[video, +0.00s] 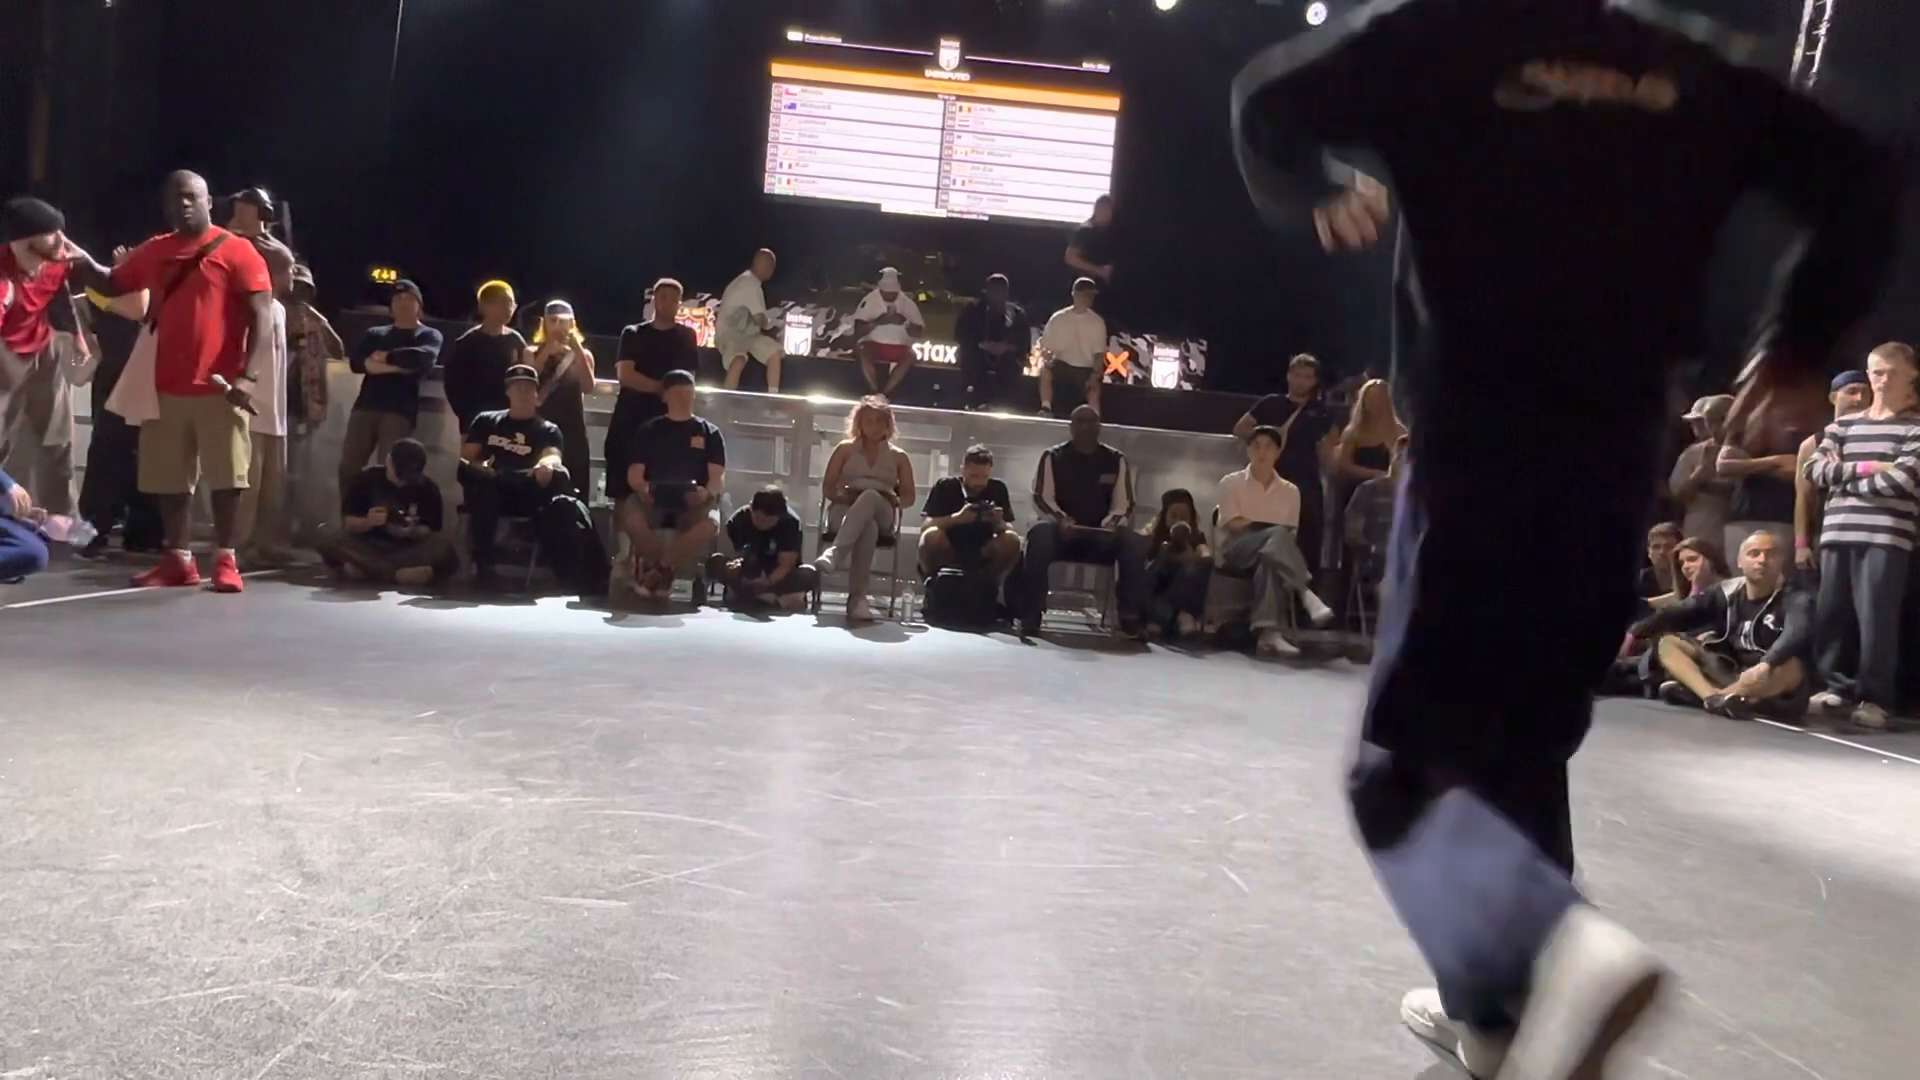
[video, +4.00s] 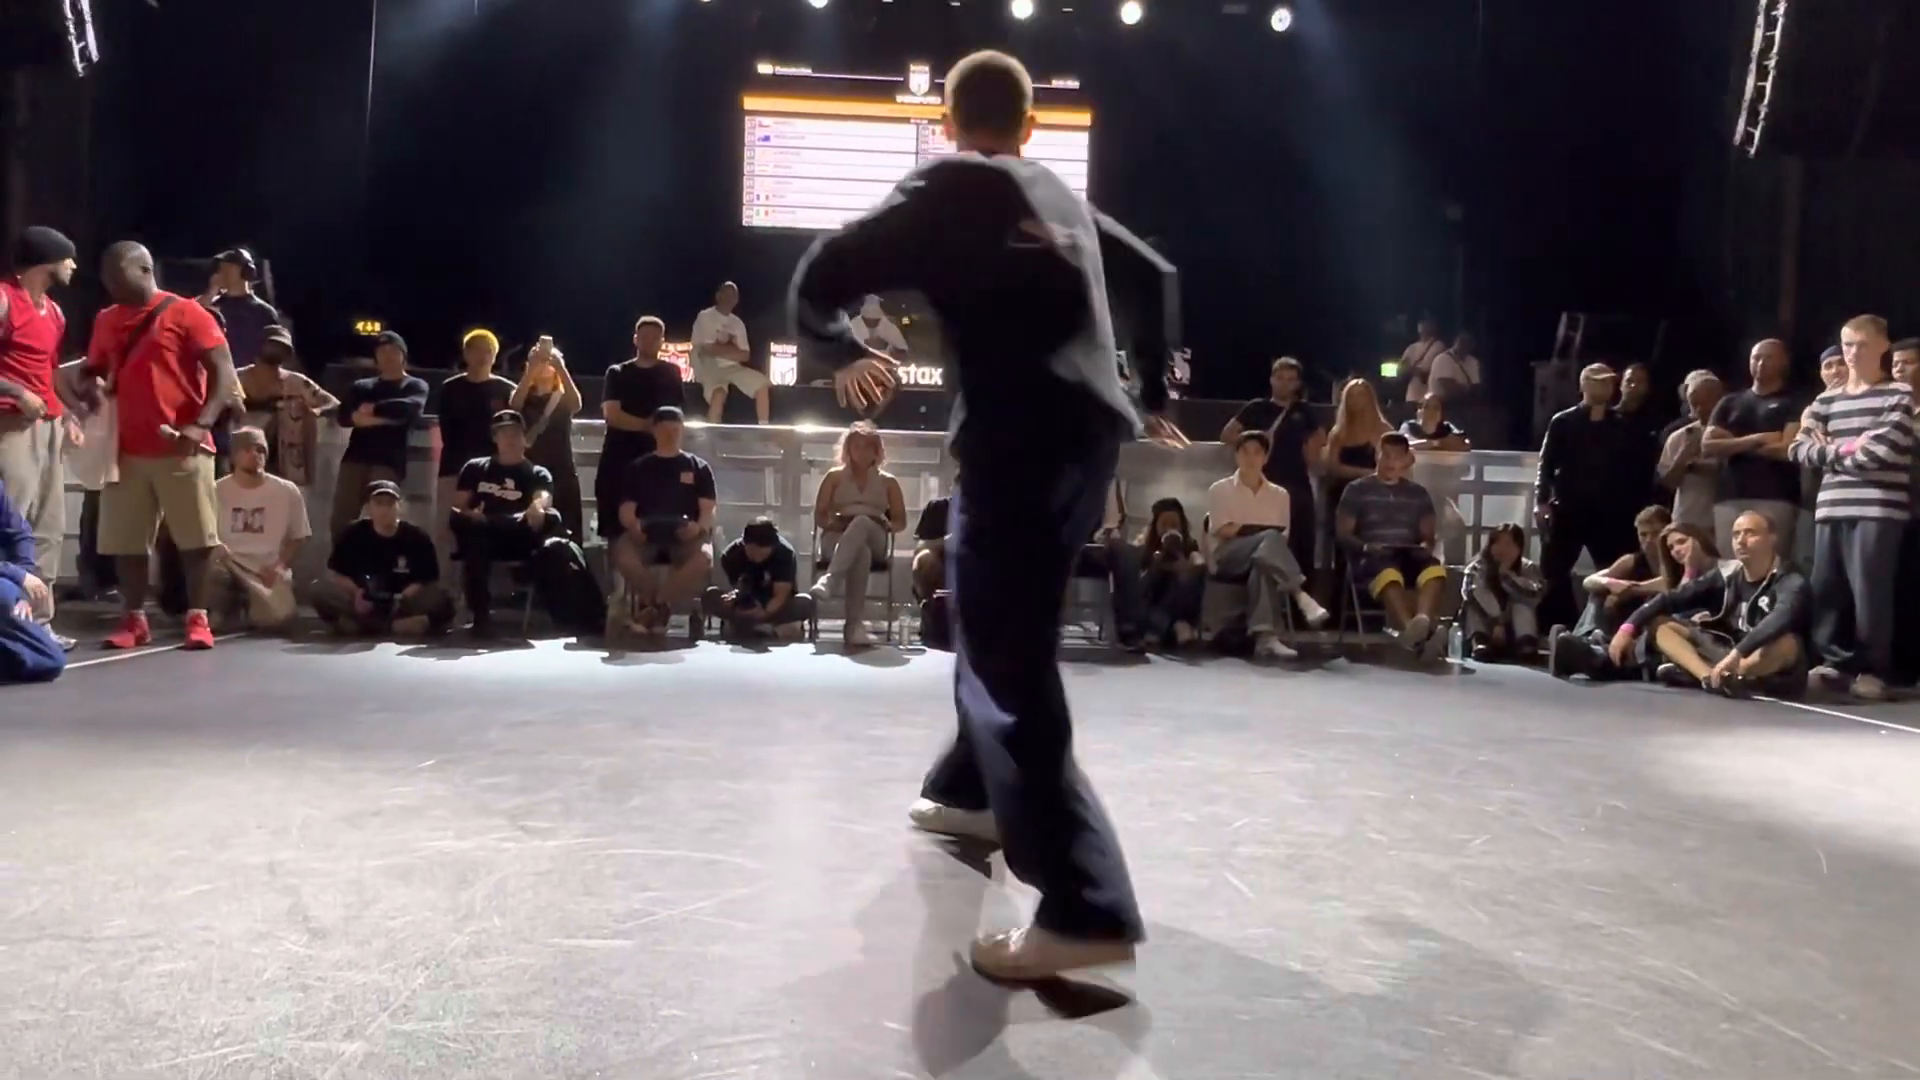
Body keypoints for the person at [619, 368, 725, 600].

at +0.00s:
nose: (684, 397)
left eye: (688, 391)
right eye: (678, 391)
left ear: (694, 395)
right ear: (665, 396)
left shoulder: (710, 432)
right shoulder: (647, 430)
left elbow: (716, 477)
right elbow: (635, 473)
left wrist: (707, 493)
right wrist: (646, 492)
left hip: (692, 494)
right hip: (655, 492)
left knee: (707, 526)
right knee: (632, 514)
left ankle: (659, 570)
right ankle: (661, 572)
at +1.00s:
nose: (680, 400)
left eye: (685, 394)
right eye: (675, 394)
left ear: (692, 397)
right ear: (665, 397)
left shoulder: (708, 437)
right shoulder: (647, 434)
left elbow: (715, 482)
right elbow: (633, 477)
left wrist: (704, 498)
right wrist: (644, 494)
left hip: (690, 499)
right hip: (654, 497)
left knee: (708, 530)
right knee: (630, 520)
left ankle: (659, 574)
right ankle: (662, 575)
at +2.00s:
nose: (659, 412)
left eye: (664, 407)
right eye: (654, 406)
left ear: (671, 409)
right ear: (644, 409)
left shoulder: (687, 447)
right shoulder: (625, 445)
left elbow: (695, 494)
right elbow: (613, 489)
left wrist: (679, 508)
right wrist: (628, 510)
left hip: (670, 509)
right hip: (633, 508)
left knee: (689, 537)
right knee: (608, 527)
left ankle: (642, 581)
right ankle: (639, 584)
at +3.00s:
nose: (661, 433)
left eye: (665, 427)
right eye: (655, 428)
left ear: (672, 431)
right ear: (645, 431)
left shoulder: (689, 467)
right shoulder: (628, 467)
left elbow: (698, 512)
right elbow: (616, 510)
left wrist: (687, 527)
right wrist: (628, 527)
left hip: (673, 528)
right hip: (637, 528)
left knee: (693, 558)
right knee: (613, 551)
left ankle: (647, 607)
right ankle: (648, 606)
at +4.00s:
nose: (670, 433)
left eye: (675, 428)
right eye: (665, 428)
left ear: (682, 430)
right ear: (654, 430)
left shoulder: (698, 467)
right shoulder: (637, 467)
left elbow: (707, 509)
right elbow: (626, 509)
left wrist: (698, 527)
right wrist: (635, 528)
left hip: (683, 528)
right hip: (647, 528)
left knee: (703, 557)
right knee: (623, 552)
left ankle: (655, 607)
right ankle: (659, 606)